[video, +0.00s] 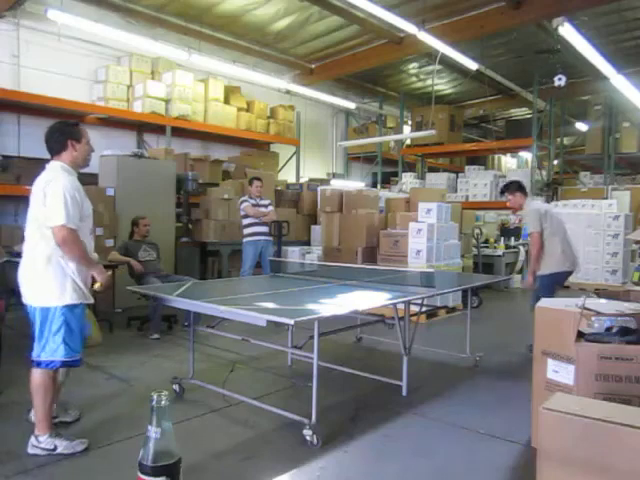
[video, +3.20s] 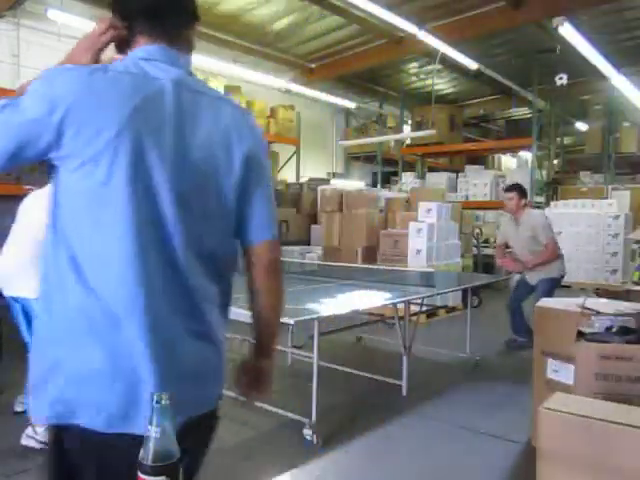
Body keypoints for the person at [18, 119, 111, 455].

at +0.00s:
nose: (90, 148)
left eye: (88, 143)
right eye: (86, 143)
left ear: (64, 146)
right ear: (71, 145)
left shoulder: (55, 177)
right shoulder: (60, 180)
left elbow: (64, 234)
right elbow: (64, 235)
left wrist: (95, 262)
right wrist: (95, 268)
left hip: (51, 286)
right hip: (53, 288)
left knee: (54, 353)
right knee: (49, 360)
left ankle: (44, 408)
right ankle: (43, 436)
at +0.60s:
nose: (124, 152)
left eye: (122, 145)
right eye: (120, 146)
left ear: (95, 149)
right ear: (106, 148)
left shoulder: (81, 177)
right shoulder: (99, 177)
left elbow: (89, 234)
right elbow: (110, 234)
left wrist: (127, 238)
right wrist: (131, 258)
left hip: (70, 285)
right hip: (89, 287)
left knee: (90, 357)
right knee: (103, 356)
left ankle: (82, 423)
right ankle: (57, 428)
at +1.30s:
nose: (120, 171)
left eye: (119, 165)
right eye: (117, 165)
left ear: (91, 169)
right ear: (104, 168)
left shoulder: (71, 199)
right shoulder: (109, 200)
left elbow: (68, 247)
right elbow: (131, 257)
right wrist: (142, 273)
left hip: (61, 292)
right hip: (94, 299)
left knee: (78, 337)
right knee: (125, 366)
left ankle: (45, 384)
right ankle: (102, 457)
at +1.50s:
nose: (105, 175)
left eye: (102, 170)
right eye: (100, 170)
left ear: (80, 175)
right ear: (85, 174)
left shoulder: (66, 200)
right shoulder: (81, 206)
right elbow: (81, 257)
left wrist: (107, 259)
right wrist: (108, 275)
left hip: (46, 287)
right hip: (65, 293)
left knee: (57, 345)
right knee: (83, 360)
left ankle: (30, 394)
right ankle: (91, 445)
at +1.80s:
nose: (93, 169)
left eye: (92, 164)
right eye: (89, 164)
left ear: (69, 166)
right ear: (73, 165)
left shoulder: (55, 189)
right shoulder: (65, 190)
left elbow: (55, 237)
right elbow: (62, 237)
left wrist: (82, 257)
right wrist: (84, 257)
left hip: (25, 278)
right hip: (41, 280)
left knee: (40, 342)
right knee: (52, 347)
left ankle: (32, 393)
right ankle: (39, 429)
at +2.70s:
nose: (84, 179)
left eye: (84, 174)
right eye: (81, 174)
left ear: (56, 174)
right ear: (65, 174)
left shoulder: (29, 197)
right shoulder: (67, 200)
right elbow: (94, 240)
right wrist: (121, 252)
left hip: (7, 282)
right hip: (32, 284)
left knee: (35, 345)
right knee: (42, 350)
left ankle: (30, 396)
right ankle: (32, 431)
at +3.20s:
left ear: (52, 171)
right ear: (70, 172)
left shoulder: (34, 196)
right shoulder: (67, 199)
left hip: (9, 280)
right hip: (35, 284)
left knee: (35, 346)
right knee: (44, 353)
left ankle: (26, 396)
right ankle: (40, 424)